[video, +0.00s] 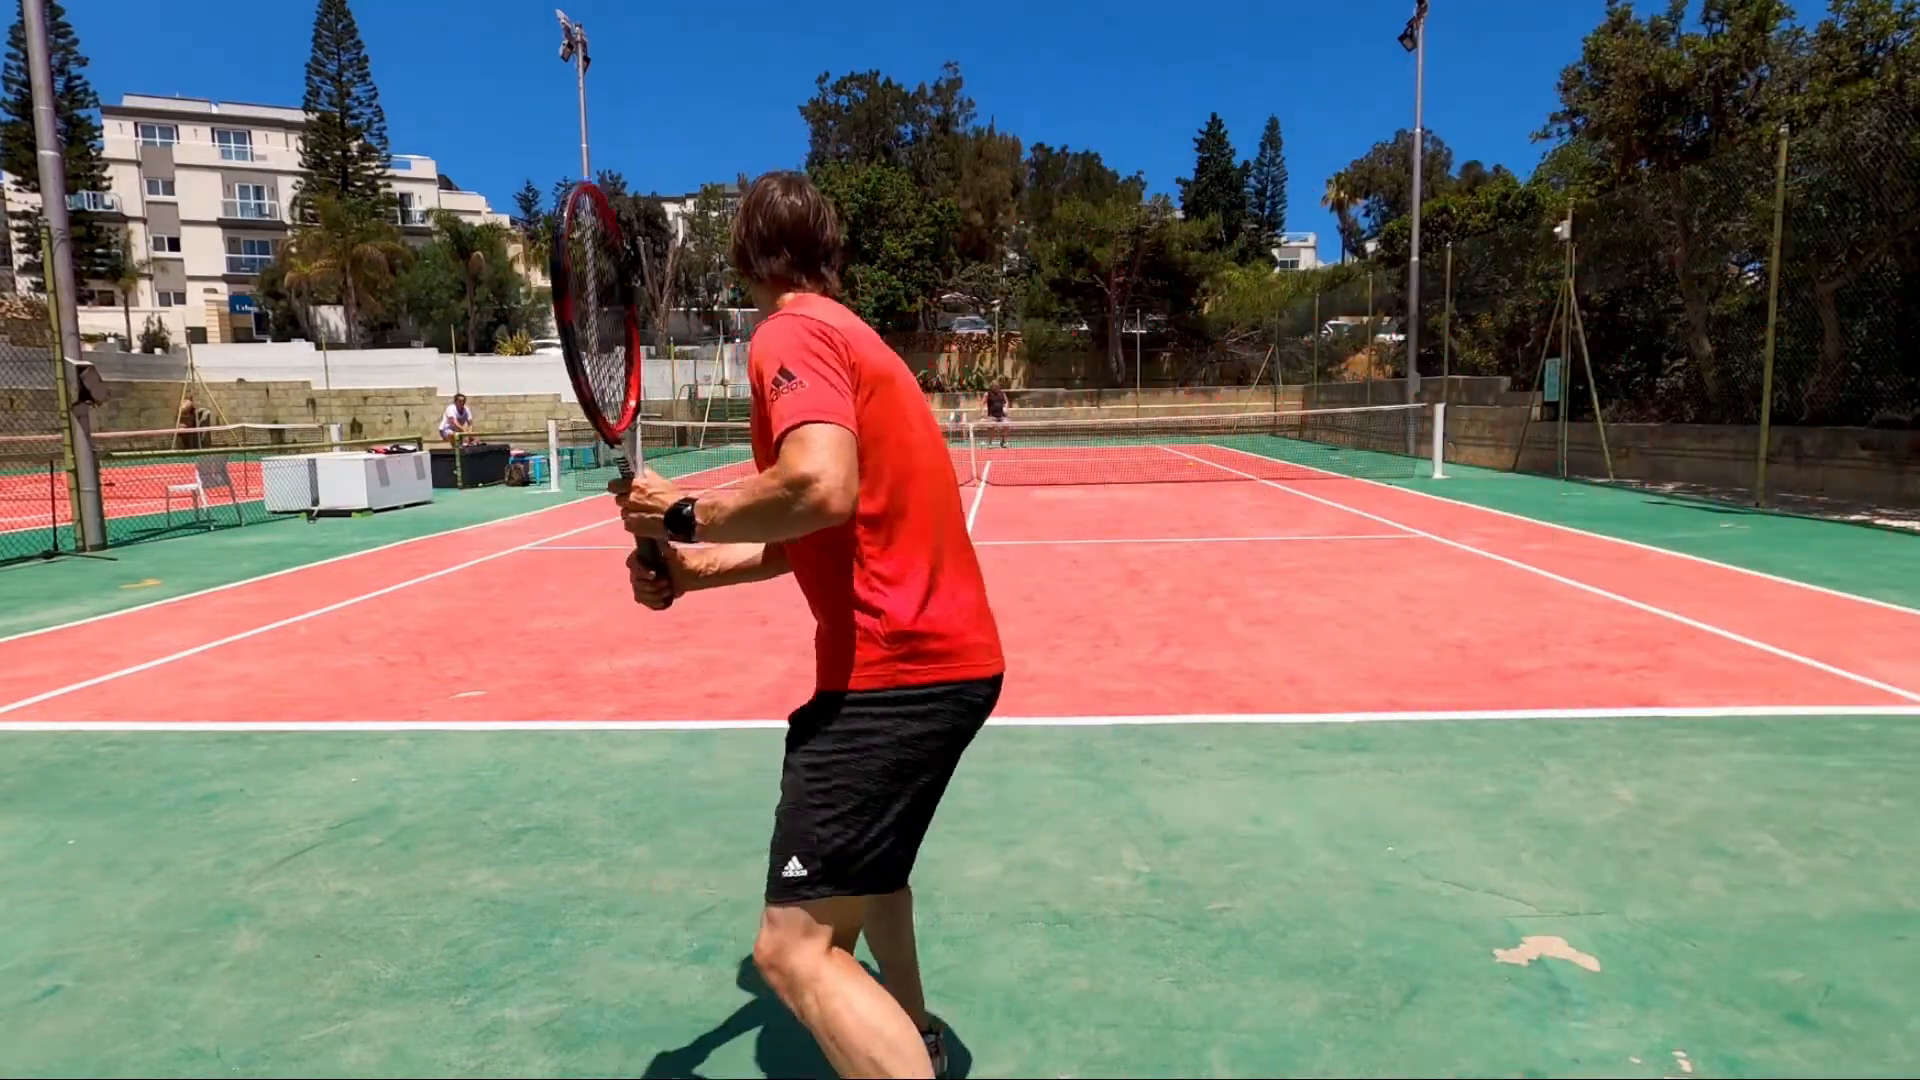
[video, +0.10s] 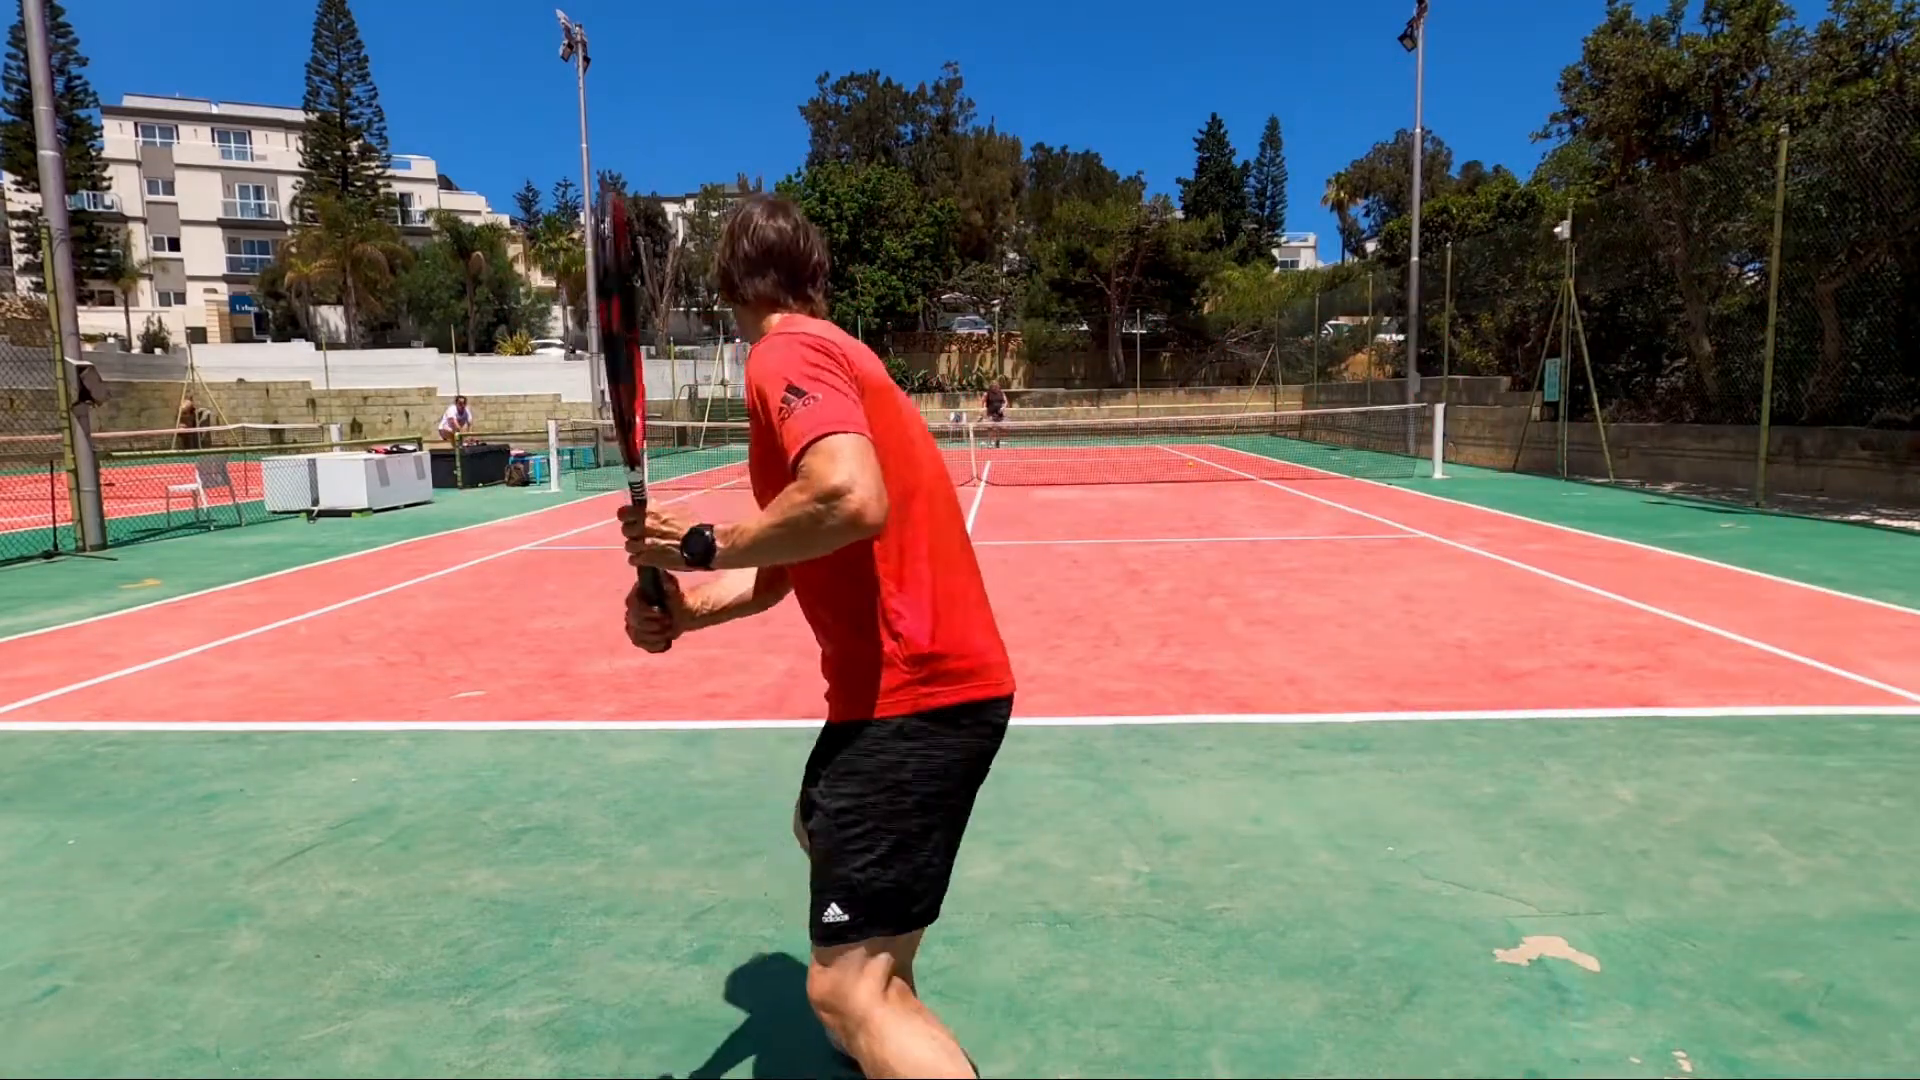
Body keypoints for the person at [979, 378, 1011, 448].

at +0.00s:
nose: (995, 389)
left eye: (997, 387)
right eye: (994, 387)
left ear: (999, 388)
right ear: (991, 387)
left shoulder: (1002, 394)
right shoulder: (987, 394)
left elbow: (1006, 402)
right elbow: (983, 403)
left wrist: (1005, 409)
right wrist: (982, 411)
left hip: (1001, 415)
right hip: (992, 415)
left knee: (1005, 427)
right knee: (992, 429)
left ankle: (1003, 441)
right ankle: (990, 442)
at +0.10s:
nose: (995, 389)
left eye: (996, 387)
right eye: (993, 387)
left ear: (998, 387)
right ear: (991, 388)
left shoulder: (1001, 393)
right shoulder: (987, 394)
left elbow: (1005, 402)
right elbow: (983, 403)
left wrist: (1002, 408)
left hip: (999, 414)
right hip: (990, 414)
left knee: (999, 430)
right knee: (991, 430)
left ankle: (997, 442)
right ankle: (991, 442)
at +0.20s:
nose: (994, 388)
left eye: (996, 386)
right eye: (993, 386)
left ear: (998, 386)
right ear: (990, 387)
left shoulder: (1001, 393)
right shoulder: (987, 394)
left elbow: (1004, 402)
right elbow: (982, 401)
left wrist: (1000, 409)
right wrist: (982, 409)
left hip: (998, 413)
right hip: (989, 413)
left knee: (997, 429)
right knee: (989, 428)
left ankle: (996, 442)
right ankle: (988, 442)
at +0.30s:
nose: (994, 387)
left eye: (995, 385)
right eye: (992, 385)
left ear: (998, 386)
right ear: (990, 386)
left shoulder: (1000, 393)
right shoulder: (987, 393)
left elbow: (1003, 401)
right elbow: (983, 401)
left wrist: (998, 407)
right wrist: (985, 405)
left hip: (996, 413)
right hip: (988, 412)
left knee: (996, 428)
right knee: (988, 427)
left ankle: (996, 442)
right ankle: (987, 441)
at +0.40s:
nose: (993, 388)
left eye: (994, 386)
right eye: (991, 386)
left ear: (997, 387)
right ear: (989, 387)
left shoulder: (999, 392)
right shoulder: (986, 393)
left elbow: (1002, 401)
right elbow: (983, 401)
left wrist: (996, 407)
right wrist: (985, 407)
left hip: (995, 412)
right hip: (988, 412)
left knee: (996, 427)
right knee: (986, 427)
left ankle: (996, 441)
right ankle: (986, 441)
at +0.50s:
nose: (992, 388)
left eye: (993, 387)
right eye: (991, 386)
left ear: (995, 387)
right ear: (989, 387)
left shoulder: (998, 393)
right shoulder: (986, 393)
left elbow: (1001, 402)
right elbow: (982, 403)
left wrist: (995, 408)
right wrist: (985, 408)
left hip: (995, 414)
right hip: (987, 413)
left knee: (996, 428)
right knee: (985, 428)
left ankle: (996, 441)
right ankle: (984, 441)